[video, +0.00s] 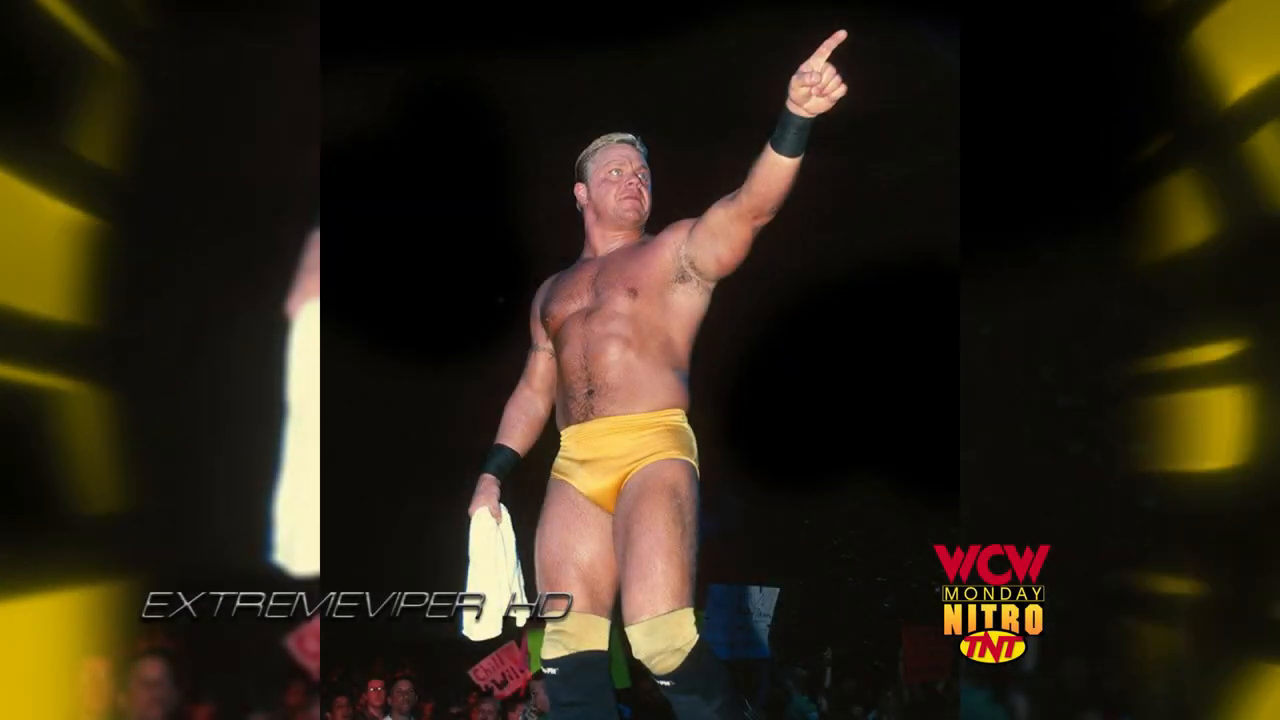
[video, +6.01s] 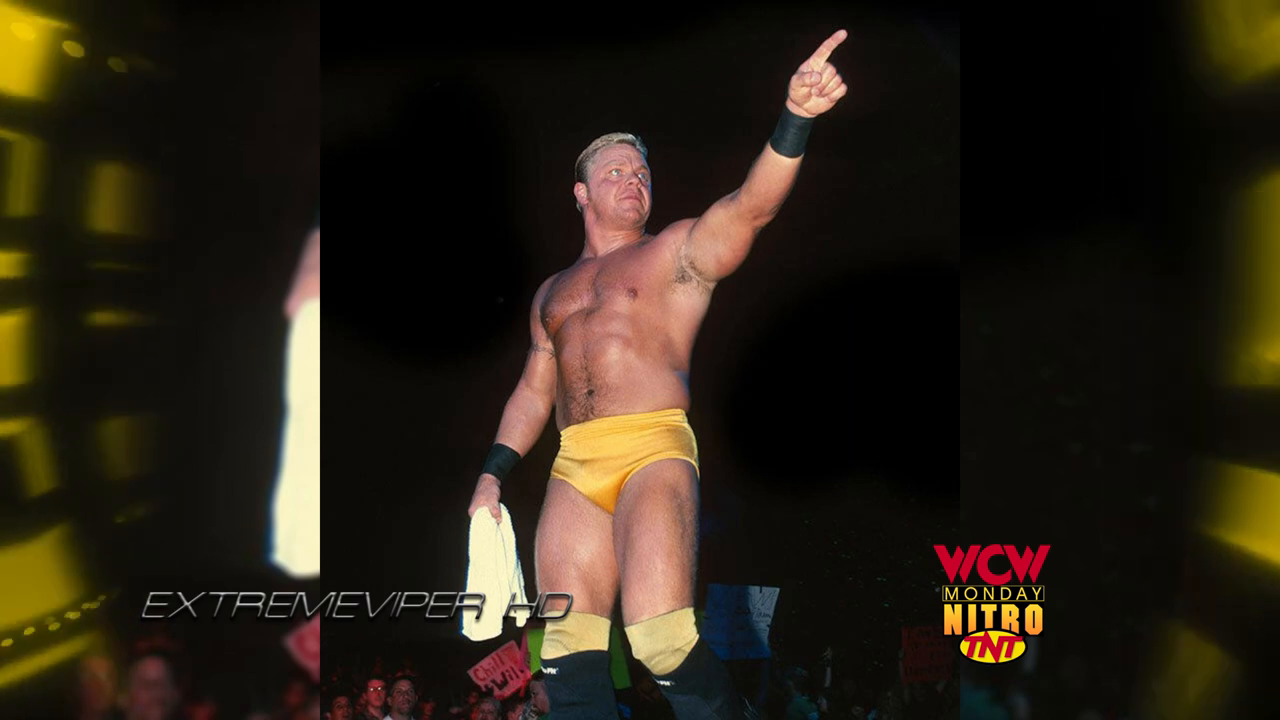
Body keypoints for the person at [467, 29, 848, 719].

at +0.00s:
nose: (632, 180)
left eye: (640, 172)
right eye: (614, 171)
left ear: (651, 193)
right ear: (581, 193)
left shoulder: (680, 254)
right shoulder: (553, 296)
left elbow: (752, 204)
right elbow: (534, 394)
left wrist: (797, 115)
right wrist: (490, 477)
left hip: (656, 448)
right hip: (576, 462)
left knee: (659, 635)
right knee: (568, 646)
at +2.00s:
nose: (632, 180)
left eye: (640, 172)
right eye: (614, 171)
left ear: (651, 193)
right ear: (581, 193)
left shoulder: (680, 254)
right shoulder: (553, 296)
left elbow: (752, 204)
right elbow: (534, 394)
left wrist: (797, 115)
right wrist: (490, 477)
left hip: (656, 448)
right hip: (576, 462)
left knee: (659, 635)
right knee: (568, 646)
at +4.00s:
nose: (631, 179)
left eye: (640, 172)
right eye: (614, 170)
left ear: (650, 194)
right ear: (580, 193)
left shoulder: (680, 253)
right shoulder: (552, 296)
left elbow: (753, 203)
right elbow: (534, 393)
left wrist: (797, 115)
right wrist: (490, 478)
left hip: (656, 448)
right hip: (575, 462)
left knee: (660, 637)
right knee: (568, 647)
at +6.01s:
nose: (631, 179)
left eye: (640, 172)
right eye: (614, 170)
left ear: (650, 194)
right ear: (580, 193)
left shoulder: (680, 253)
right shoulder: (552, 296)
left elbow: (753, 203)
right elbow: (534, 393)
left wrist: (797, 115)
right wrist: (490, 478)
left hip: (656, 448)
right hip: (575, 462)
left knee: (660, 637)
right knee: (568, 647)